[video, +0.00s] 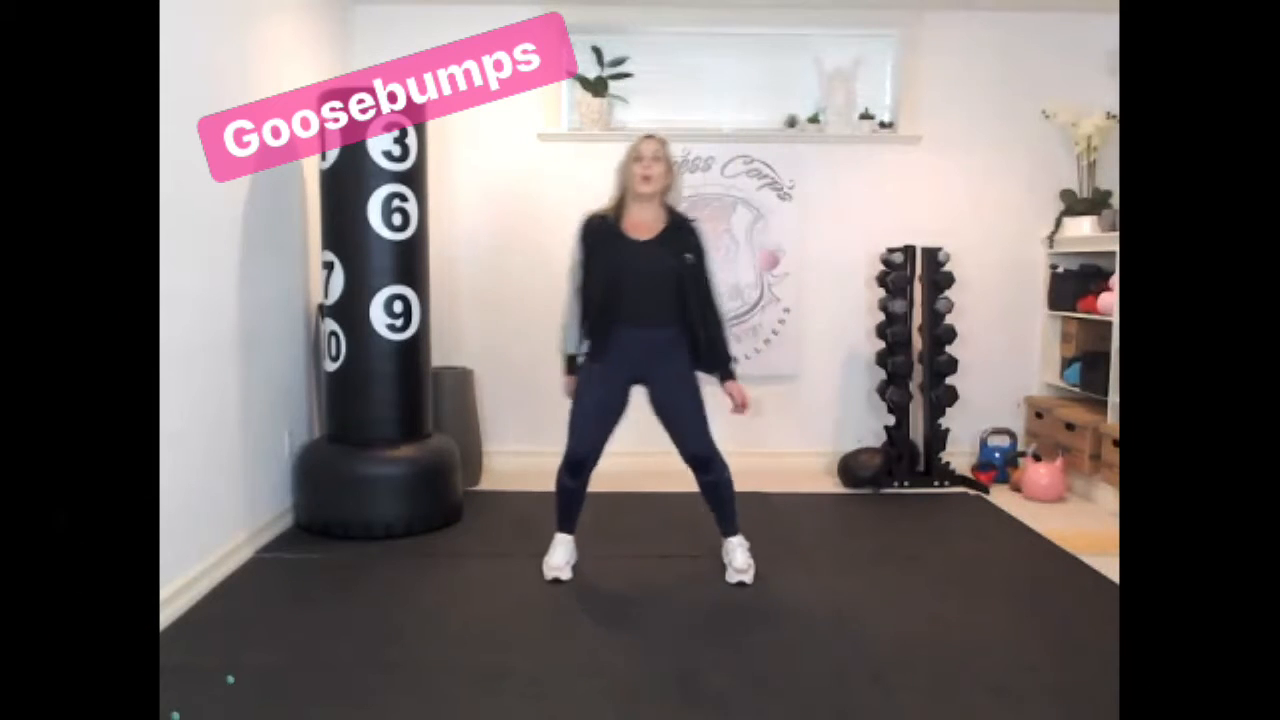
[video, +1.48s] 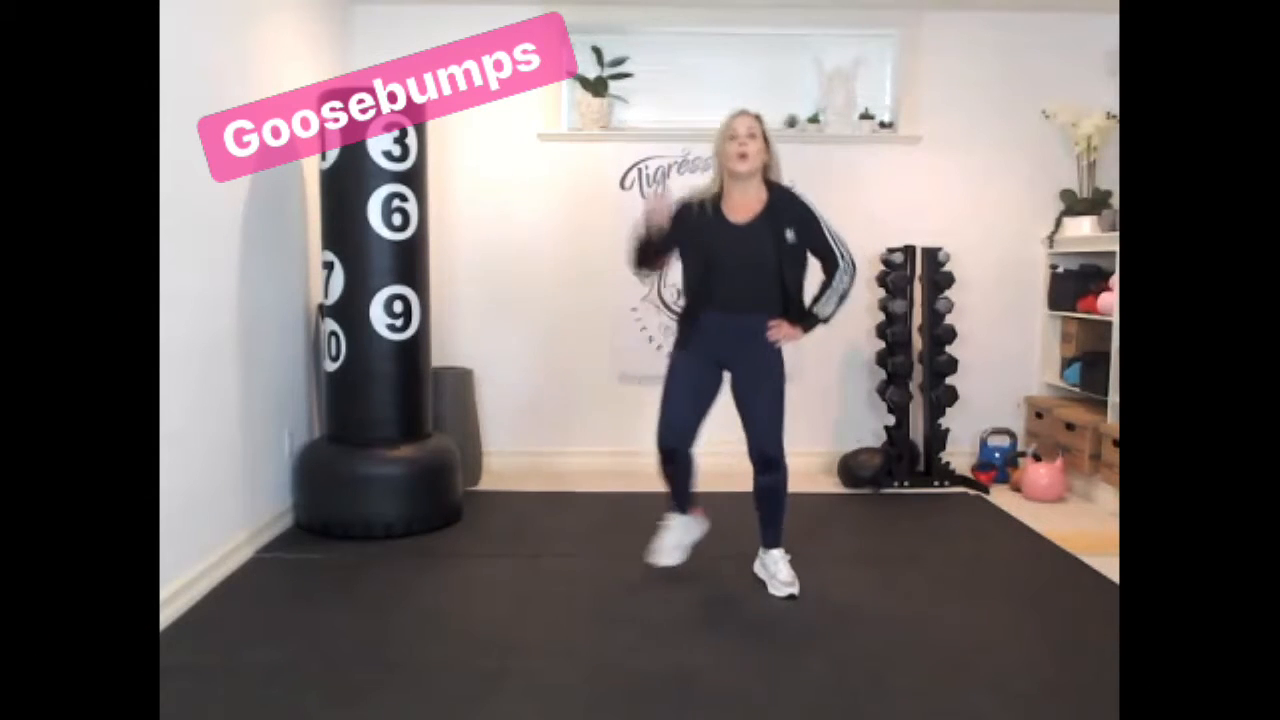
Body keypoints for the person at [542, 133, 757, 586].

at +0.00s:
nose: (647, 168)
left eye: (656, 161)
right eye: (639, 160)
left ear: (669, 173)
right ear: (626, 170)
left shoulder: (682, 232)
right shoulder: (598, 229)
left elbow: (703, 305)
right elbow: (580, 298)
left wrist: (726, 374)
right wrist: (571, 364)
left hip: (669, 356)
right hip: (609, 356)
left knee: (701, 454)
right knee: (579, 455)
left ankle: (733, 540)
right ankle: (563, 539)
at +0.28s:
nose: (613, 146)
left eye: (621, 138)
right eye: (604, 138)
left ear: (632, 149)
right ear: (587, 148)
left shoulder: (646, 205)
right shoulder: (561, 205)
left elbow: (655, 275)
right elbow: (540, 272)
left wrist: (660, 330)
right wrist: (546, 338)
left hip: (643, 325)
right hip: (585, 331)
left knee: (710, 392)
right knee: (578, 443)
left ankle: (703, 486)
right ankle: (564, 537)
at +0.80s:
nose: (648, 168)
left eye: (655, 160)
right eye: (638, 162)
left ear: (668, 170)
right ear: (622, 174)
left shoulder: (686, 229)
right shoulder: (601, 227)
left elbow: (694, 299)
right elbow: (573, 289)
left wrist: (696, 362)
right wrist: (527, 286)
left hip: (670, 353)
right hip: (612, 351)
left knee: (716, 452)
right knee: (586, 459)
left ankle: (753, 544)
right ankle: (565, 539)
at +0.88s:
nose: (676, 176)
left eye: (684, 168)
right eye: (666, 169)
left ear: (697, 178)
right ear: (650, 181)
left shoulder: (716, 238)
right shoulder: (631, 235)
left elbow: (727, 312)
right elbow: (603, 297)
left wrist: (736, 382)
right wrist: (556, 296)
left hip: (696, 362)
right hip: (637, 361)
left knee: (740, 461)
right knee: (606, 461)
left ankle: (764, 553)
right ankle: (567, 540)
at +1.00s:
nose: (707, 159)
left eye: (716, 151)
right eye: (697, 153)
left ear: (732, 160)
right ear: (686, 166)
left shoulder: (756, 220)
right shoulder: (667, 221)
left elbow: (780, 294)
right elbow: (640, 287)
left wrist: (790, 364)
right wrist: (600, 279)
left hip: (735, 349)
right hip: (675, 345)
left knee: (758, 455)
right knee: (627, 444)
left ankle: (768, 554)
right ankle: (584, 524)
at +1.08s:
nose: (721, 142)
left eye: (730, 133)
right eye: (712, 135)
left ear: (746, 142)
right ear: (699, 147)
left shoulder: (771, 200)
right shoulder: (679, 203)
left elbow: (824, 268)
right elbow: (652, 265)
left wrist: (816, 332)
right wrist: (626, 260)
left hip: (747, 335)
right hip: (688, 332)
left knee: (760, 447)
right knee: (641, 432)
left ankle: (770, 550)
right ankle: (629, 503)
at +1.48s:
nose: (741, 144)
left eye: (751, 137)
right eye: (733, 137)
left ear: (766, 151)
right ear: (720, 151)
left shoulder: (788, 207)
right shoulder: (693, 212)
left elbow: (844, 266)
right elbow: (645, 265)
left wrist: (805, 320)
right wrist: (652, 231)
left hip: (758, 341)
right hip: (699, 337)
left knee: (767, 452)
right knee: (671, 439)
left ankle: (772, 550)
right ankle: (685, 514)